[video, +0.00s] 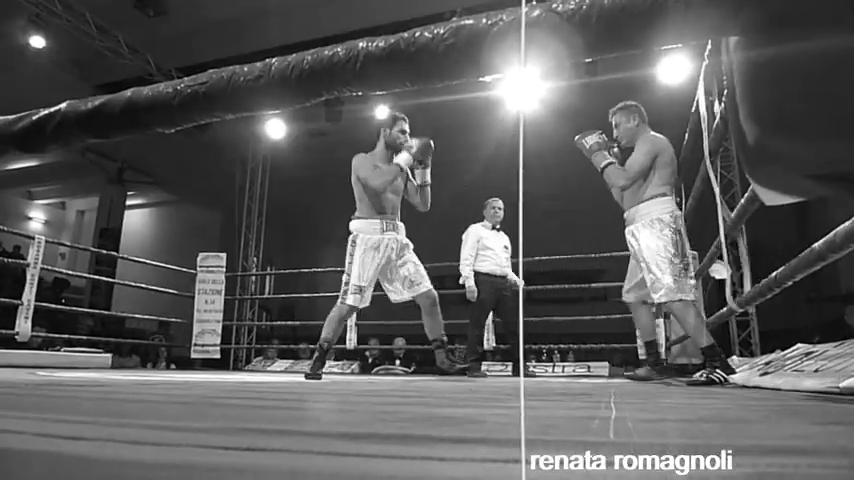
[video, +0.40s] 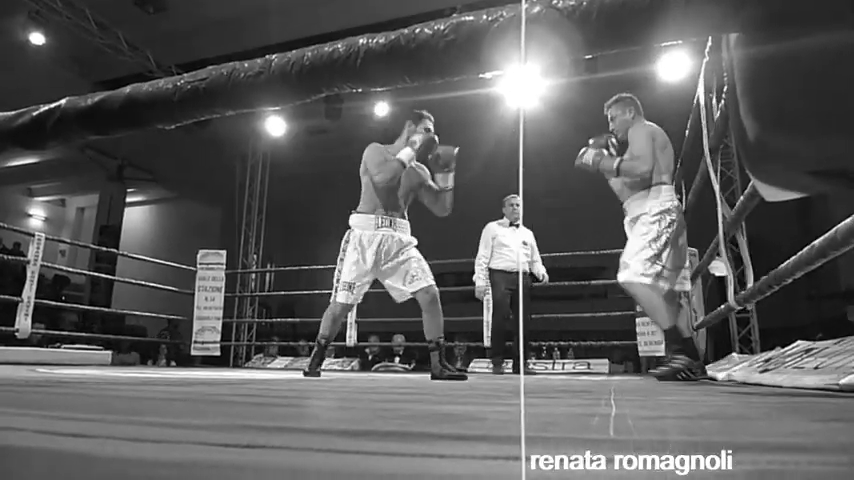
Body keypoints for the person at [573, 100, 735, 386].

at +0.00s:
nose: (615, 133)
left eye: (618, 125)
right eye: (613, 128)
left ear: (636, 120)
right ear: (632, 125)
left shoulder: (651, 141)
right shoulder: (637, 154)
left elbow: (623, 179)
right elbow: (625, 199)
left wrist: (601, 155)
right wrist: (605, 162)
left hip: (658, 226)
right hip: (642, 230)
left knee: (672, 295)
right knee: (635, 295)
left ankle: (715, 360)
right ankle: (653, 361)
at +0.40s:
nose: (610, 123)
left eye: (612, 116)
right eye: (608, 119)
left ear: (629, 112)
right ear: (630, 116)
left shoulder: (640, 129)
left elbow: (642, 168)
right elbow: (629, 193)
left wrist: (604, 161)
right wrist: (607, 162)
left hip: (656, 215)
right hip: (655, 217)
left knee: (632, 277)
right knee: (667, 289)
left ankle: (679, 348)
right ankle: (689, 356)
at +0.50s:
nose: (605, 125)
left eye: (608, 118)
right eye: (603, 120)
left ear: (626, 114)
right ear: (624, 117)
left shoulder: (642, 129)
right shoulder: (627, 147)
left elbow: (635, 169)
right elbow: (600, 184)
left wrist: (606, 149)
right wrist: (588, 149)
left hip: (650, 211)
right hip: (637, 215)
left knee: (616, 270)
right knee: (635, 290)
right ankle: (675, 353)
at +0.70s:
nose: (591, 117)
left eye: (593, 110)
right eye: (590, 111)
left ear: (610, 105)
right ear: (620, 106)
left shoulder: (617, 128)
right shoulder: (646, 133)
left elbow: (586, 169)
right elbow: (622, 168)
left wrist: (562, 137)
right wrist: (588, 147)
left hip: (631, 213)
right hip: (654, 212)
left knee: (584, 272)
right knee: (649, 289)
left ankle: (593, 361)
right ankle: (669, 355)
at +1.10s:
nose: (575, 80)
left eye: (577, 72)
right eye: (573, 73)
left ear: (595, 69)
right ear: (612, 69)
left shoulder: (594, 92)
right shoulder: (651, 97)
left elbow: (583, 143)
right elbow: (648, 145)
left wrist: (547, 142)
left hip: (614, 172)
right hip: (661, 177)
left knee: (552, 263)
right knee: (668, 280)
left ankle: (536, 353)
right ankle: (719, 364)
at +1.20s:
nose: (557, 70)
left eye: (559, 65)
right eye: (556, 65)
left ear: (570, 60)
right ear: (596, 54)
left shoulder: (574, 76)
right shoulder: (634, 82)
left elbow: (528, 129)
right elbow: (586, 144)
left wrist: (523, 90)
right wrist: (555, 116)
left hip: (610, 156)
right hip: (656, 159)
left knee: (555, 262)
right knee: (666, 270)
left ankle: (533, 365)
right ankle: (717, 363)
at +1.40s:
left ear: (604, 46)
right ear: (642, 52)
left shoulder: (615, 59)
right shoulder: (651, 83)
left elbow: (545, 85)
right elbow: (583, 91)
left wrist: (545, 71)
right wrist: (543, 84)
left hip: (617, 163)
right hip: (659, 175)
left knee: (543, 261)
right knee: (664, 287)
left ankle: (533, 366)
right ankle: (744, 320)